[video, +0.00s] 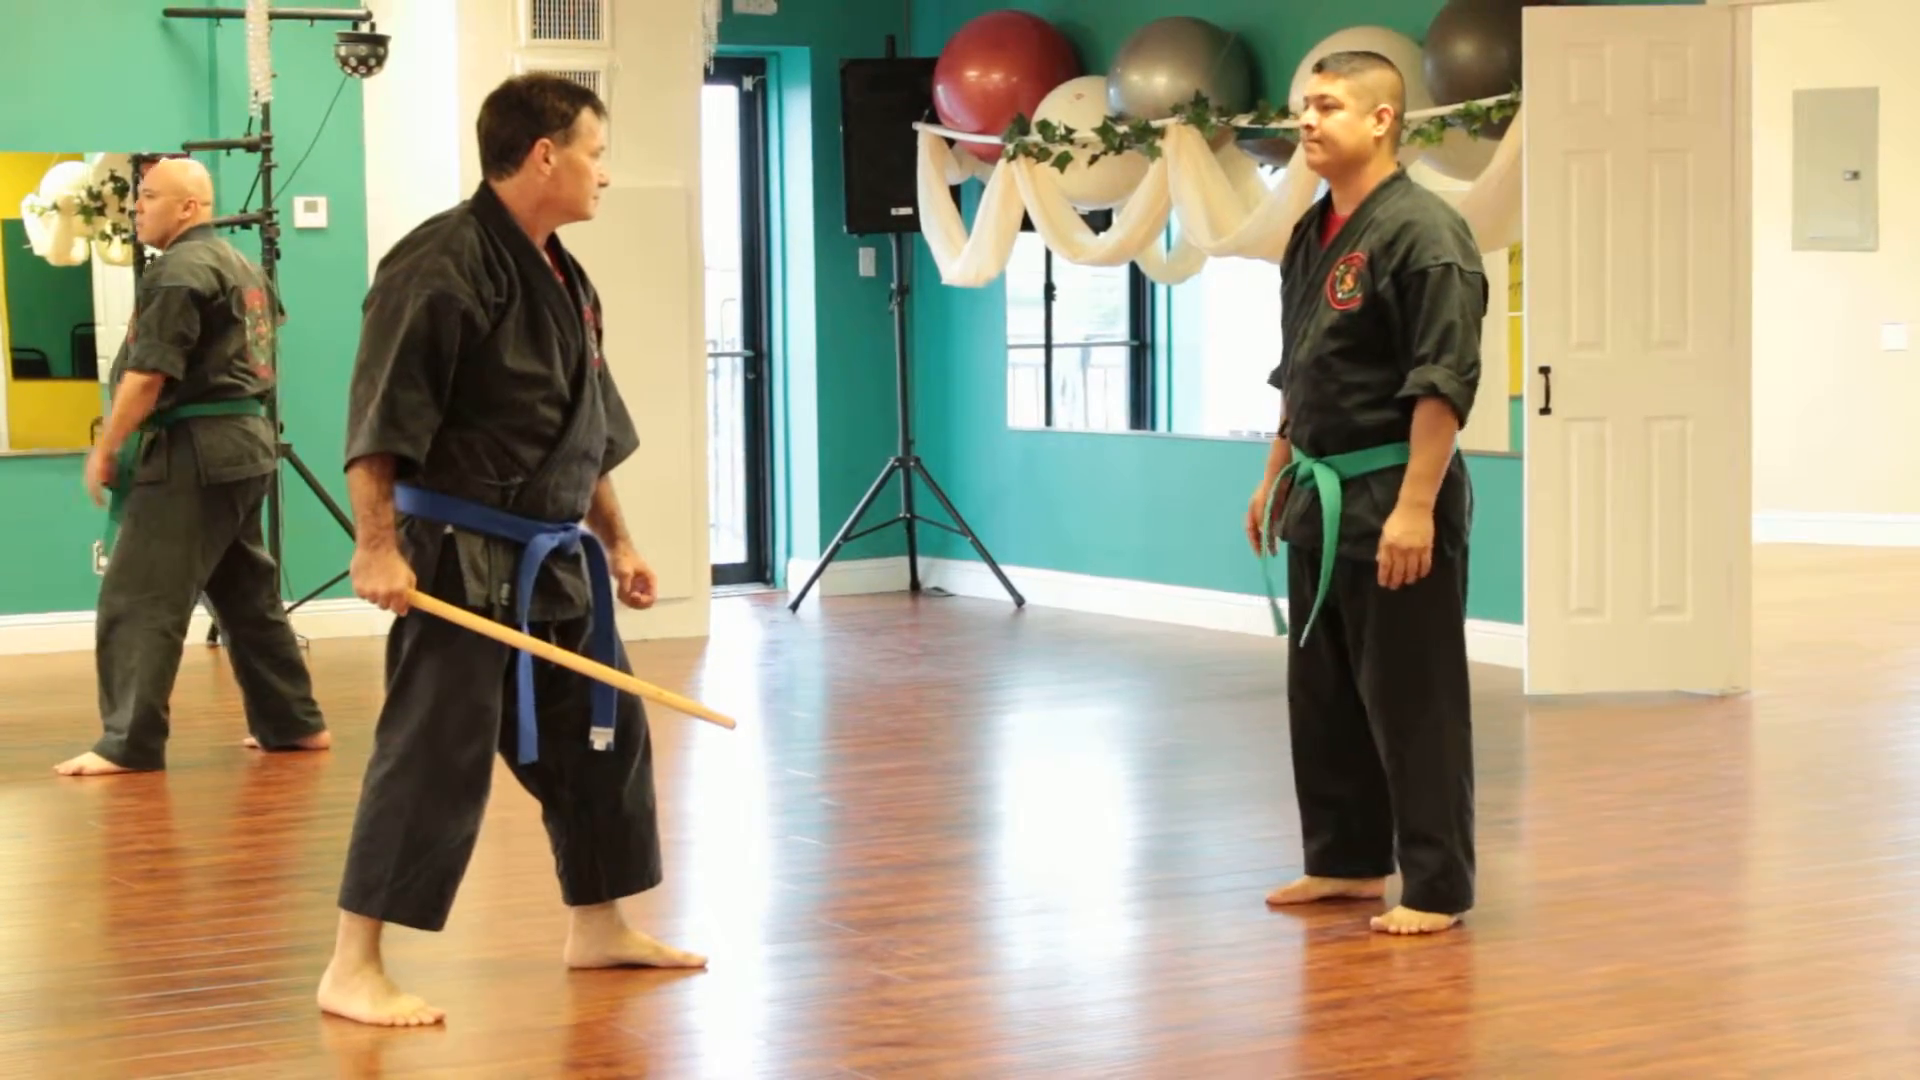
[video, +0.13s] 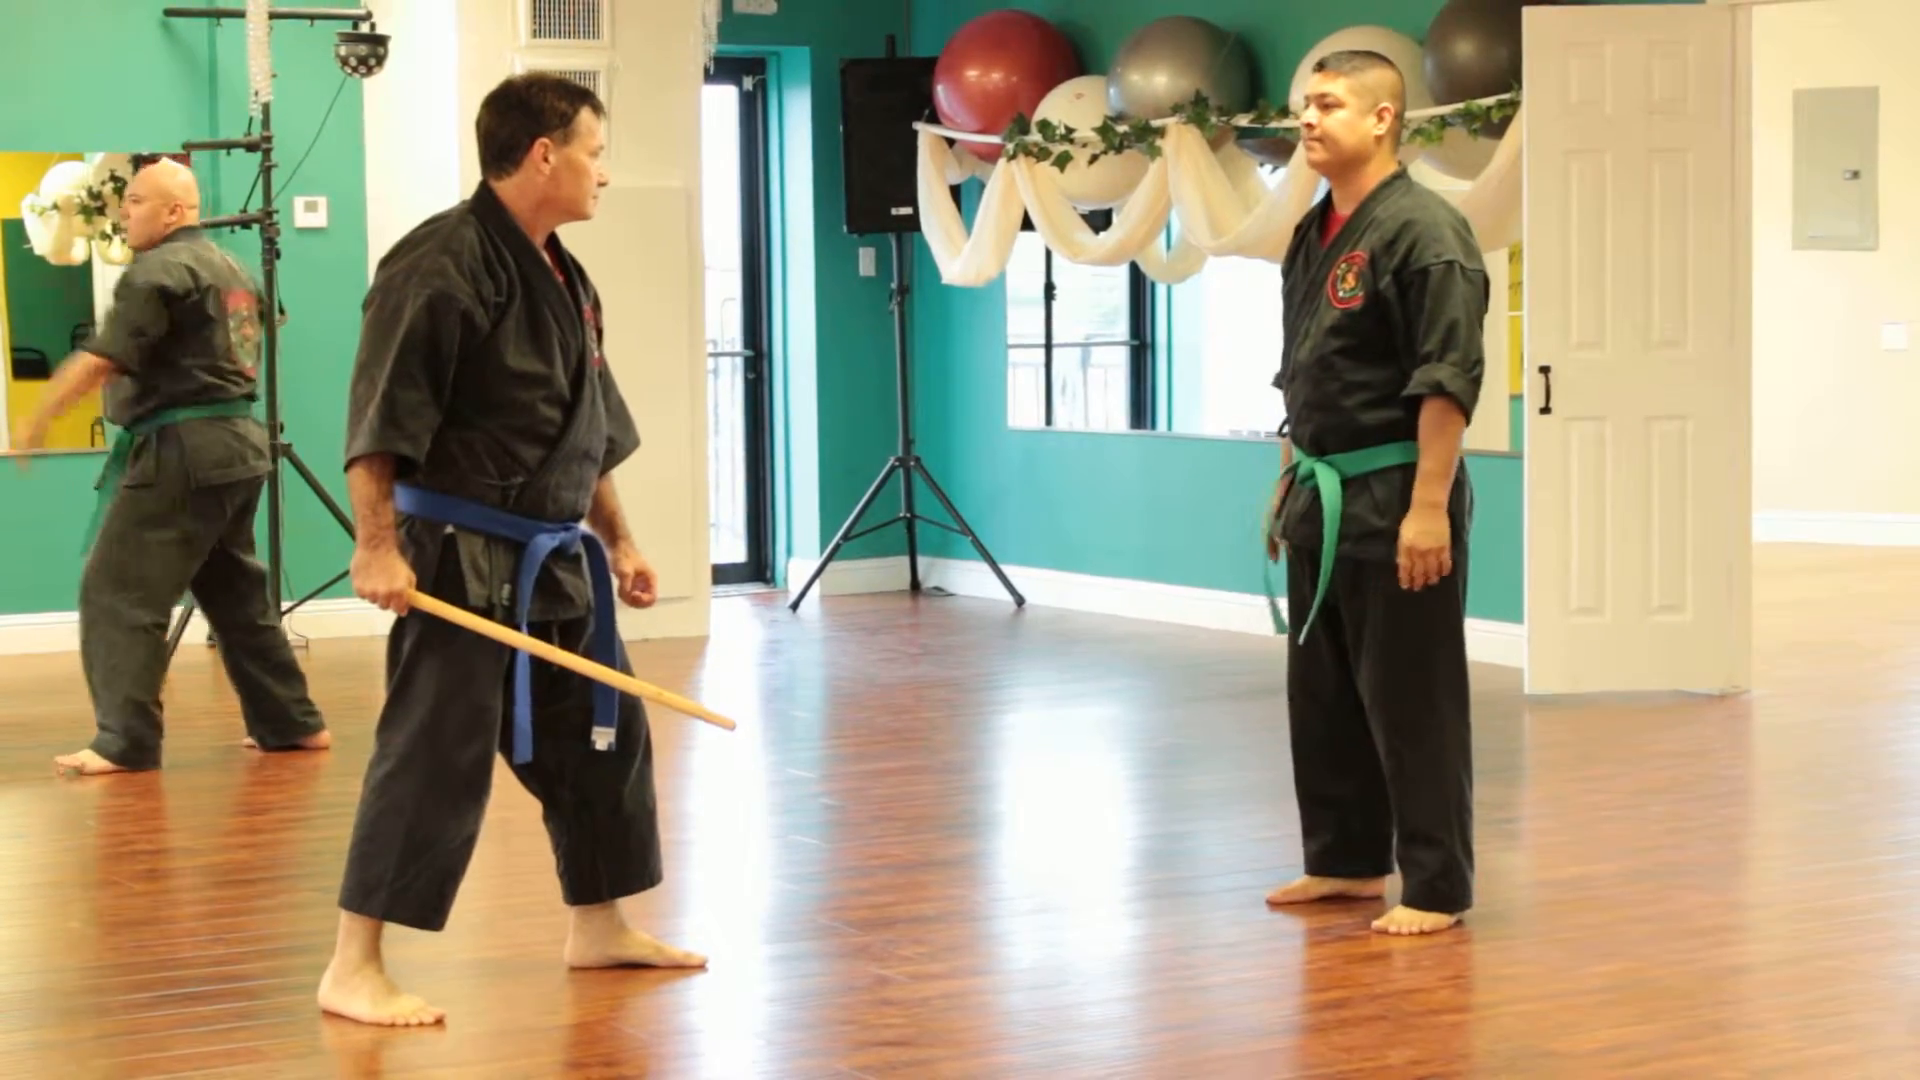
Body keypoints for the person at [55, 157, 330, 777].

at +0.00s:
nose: (136, 208)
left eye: (147, 197)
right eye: (139, 197)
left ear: (187, 206)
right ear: (195, 209)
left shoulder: (178, 271)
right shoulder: (238, 263)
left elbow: (147, 376)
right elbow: (251, 359)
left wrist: (105, 447)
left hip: (194, 447)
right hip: (245, 441)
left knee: (141, 594)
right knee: (245, 591)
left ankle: (130, 744)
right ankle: (292, 723)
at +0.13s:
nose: (122, 211)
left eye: (134, 201)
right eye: (125, 200)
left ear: (174, 211)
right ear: (185, 212)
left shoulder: (157, 272)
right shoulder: (229, 267)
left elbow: (100, 359)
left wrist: (39, 418)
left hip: (182, 451)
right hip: (240, 444)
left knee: (118, 589)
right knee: (232, 586)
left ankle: (126, 742)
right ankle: (290, 722)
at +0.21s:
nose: (106, 221)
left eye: (116, 211)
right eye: (109, 210)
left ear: (154, 220)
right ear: (167, 221)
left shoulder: (136, 274)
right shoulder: (210, 273)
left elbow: (47, 341)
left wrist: (8, 371)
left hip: (172, 457)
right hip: (234, 450)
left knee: (97, 586)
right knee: (219, 586)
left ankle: (112, 742)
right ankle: (290, 723)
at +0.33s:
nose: (68, 220)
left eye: (81, 210)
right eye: (72, 208)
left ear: (117, 221)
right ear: (136, 221)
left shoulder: (92, 269)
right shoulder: (172, 267)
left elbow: (12, 304)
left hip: (132, 459)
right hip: (186, 449)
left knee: (63, 595)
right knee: (205, 585)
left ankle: (99, 745)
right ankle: (285, 712)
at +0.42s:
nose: (36, 217)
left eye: (46, 206)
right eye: (39, 207)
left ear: (86, 209)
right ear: (100, 211)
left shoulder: (64, 264)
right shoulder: (139, 255)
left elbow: (13, 290)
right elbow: (154, 233)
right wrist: (151, 176)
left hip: (81, 457)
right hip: (140, 448)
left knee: (46, 605)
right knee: (140, 583)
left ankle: (98, 744)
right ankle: (245, 685)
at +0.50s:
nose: (6, 209)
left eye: (17, 199)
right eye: (10, 198)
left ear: (49, 208)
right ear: (63, 210)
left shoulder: (42, 259)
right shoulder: (95, 252)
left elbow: (16, 285)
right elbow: (121, 230)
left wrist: (11, 286)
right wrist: (138, 175)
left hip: (53, 453)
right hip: (75, 447)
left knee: (36, 608)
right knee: (41, 596)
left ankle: (99, 745)